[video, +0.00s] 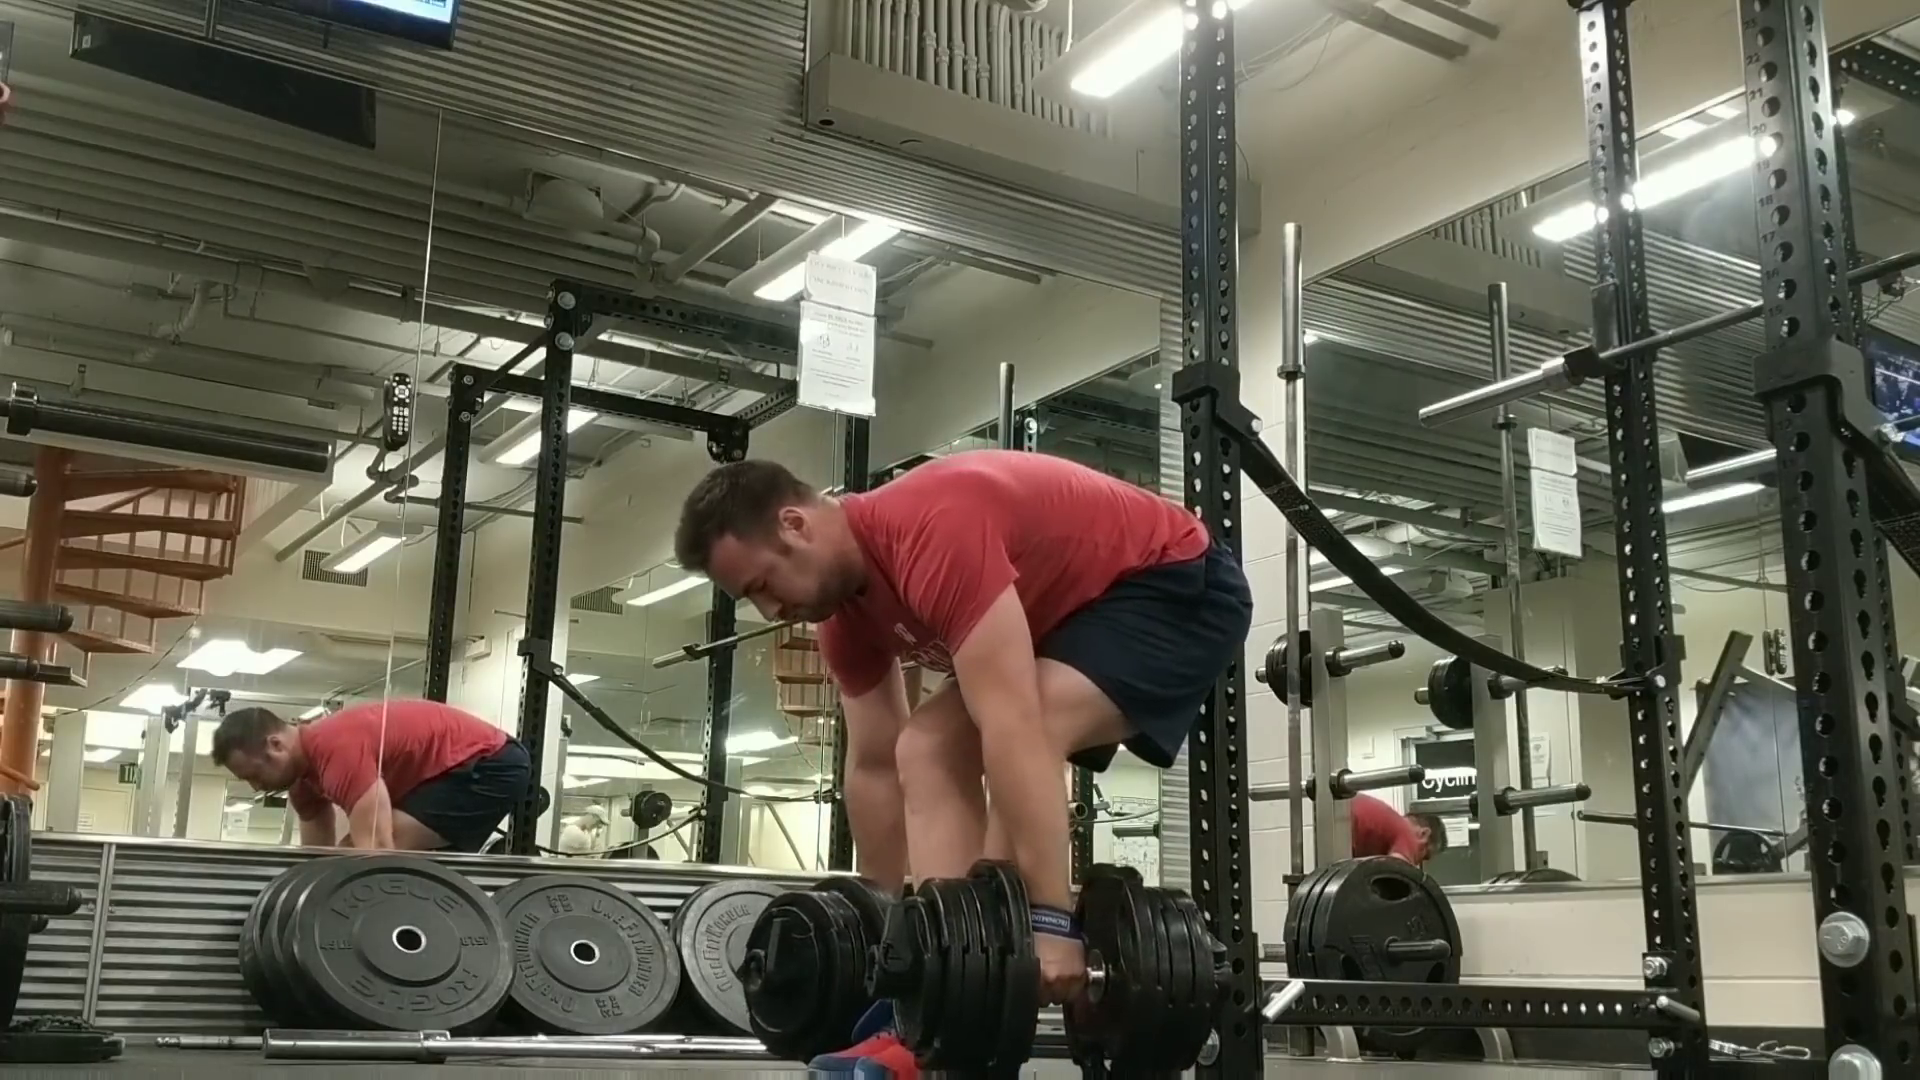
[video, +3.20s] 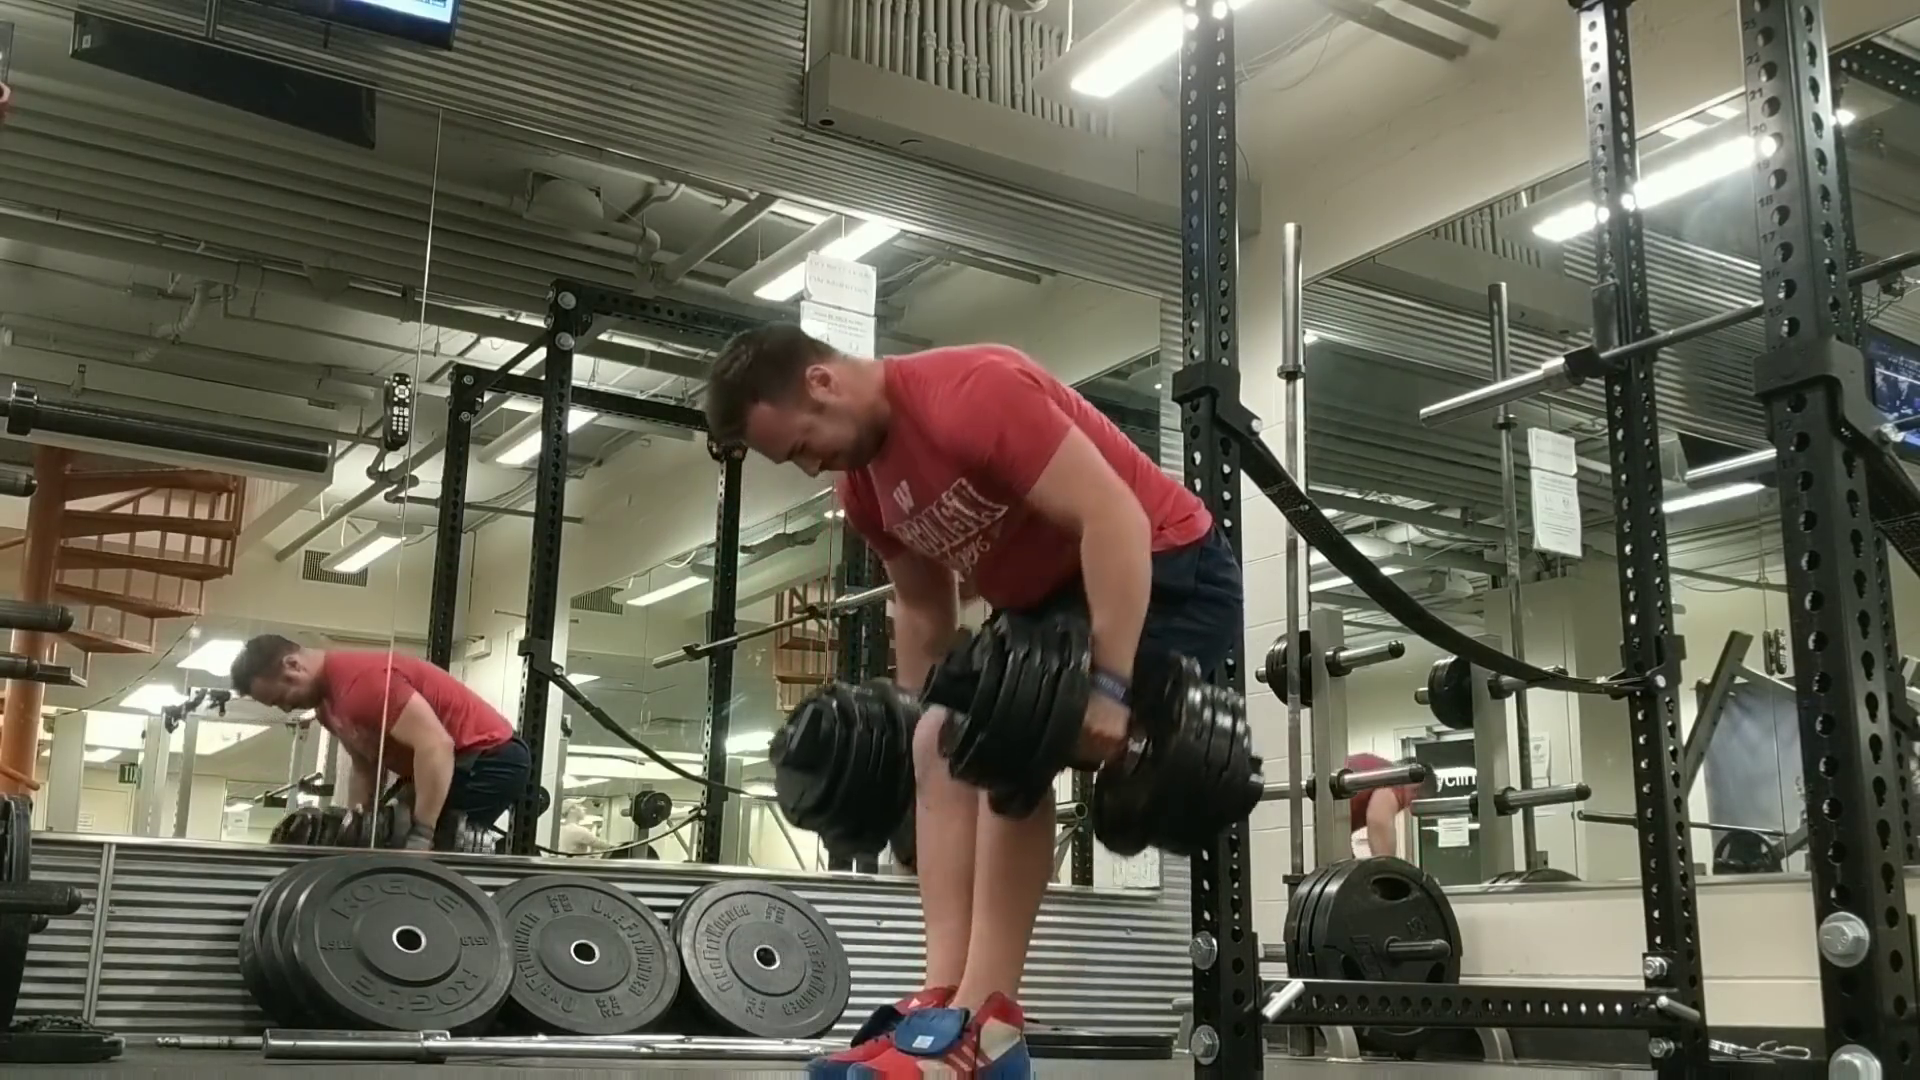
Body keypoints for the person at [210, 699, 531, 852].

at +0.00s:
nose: (256, 788)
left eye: (252, 776)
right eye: (247, 781)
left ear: (275, 746)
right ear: (275, 744)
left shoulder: (336, 748)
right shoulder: (306, 776)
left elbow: (372, 849)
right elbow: (318, 856)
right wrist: (300, 917)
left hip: (491, 766)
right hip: (461, 770)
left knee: (383, 851)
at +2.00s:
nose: (250, 769)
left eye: (247, 756)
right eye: (242, 762)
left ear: (270, 725)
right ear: (271, 726)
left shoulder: (336, 741)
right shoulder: (304, 767)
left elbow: (360, 849)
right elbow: (309, 852)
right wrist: (285, 916)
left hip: (491, 764)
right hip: (462, 768)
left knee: (381, 852)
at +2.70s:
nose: (251, 750)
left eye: (249, 737)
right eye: (243, 743)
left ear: (274, 709)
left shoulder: (336, 731)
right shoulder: (304, 758)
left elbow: (362, 843)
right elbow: (312, 846)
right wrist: (284, 913)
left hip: (490, 762)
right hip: (457, 770)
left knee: (382, 846)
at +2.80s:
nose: (253, 741)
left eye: (252, 729)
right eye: (245, 735)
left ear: (277, 700)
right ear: (275, 703)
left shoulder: (338, 724)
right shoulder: (306, 748)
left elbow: (381, 824)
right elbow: (320, 831)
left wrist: (367, 915)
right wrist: (294, 901)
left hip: (488, 762)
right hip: (453, 771)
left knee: (369, 848)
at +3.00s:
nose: (271, 723)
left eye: (269, 711)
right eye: (262, 719)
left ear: (285, 679)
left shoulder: (348, 702)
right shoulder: (314, 727)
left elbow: (406, 789)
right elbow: (340, 796)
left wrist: (381, 885)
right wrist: (313, 871)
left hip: (487, 759)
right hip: (450, 767)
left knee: (401, 863)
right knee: (363, 854)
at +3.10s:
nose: (276, 716)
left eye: (272, 705)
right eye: (267, 711)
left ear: (288, 672)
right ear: (290, 674)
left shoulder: (353, 692)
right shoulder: (319, 712)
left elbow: (422, 764)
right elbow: (354, 781)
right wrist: (338, 847)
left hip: (489, 759)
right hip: (454, 763)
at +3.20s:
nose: (287, 710)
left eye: (281, 700)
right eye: (278, 705)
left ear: (293, 666)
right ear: (294, 668)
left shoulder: (362, 682)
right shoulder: (327, 703)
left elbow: (435, 747)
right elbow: (364, 763)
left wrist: (421, 835)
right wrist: (359, 825)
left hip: (491, 759)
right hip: (454, 762)